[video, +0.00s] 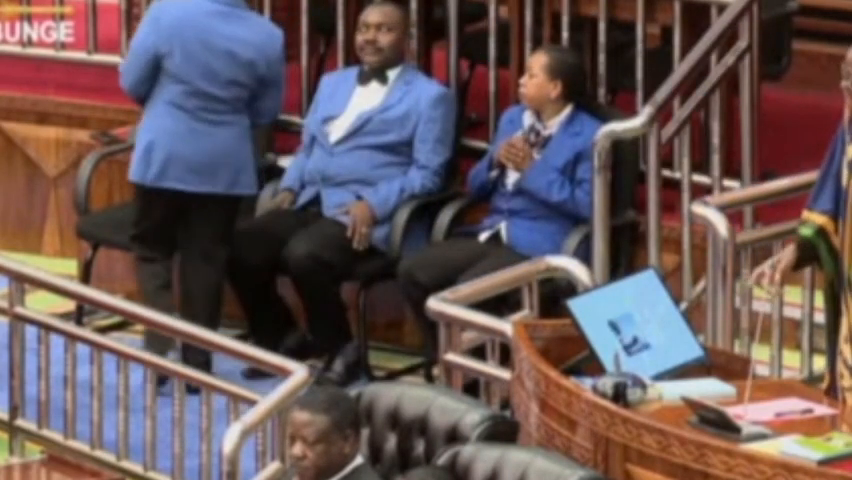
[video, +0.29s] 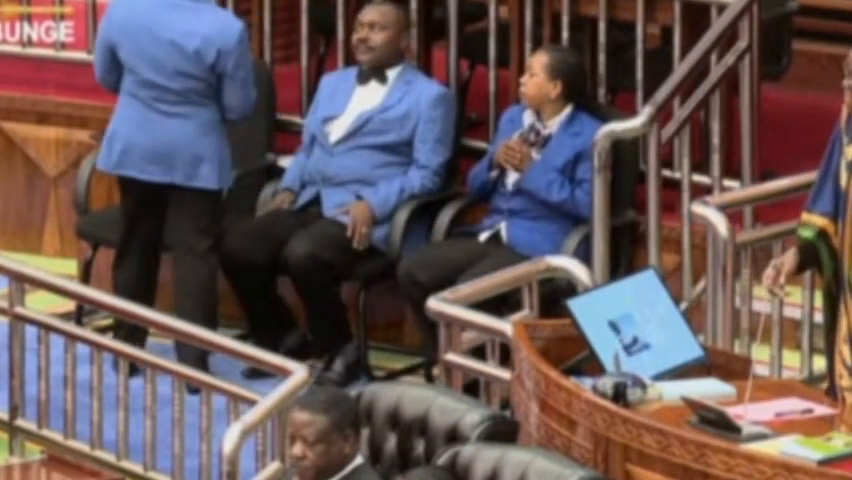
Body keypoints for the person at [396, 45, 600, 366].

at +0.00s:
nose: (521, 82)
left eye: (530, 76)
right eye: (524, 74)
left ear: (555, 89)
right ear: (551, 88)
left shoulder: (590, 135)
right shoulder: (512, 119)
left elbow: (589, 207)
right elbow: (475, 189)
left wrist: (530, 170)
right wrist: (495, 162)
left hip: (537, 250)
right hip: (492, 238)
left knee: (460, 298)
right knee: (413, 271)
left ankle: (480, 379)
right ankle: (445, 363)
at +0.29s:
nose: (522, 81)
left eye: (531, 75)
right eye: (524, 73)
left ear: (555, 88)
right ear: (551, 88)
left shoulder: (590, 135)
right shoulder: (512, 118)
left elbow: (589, 207)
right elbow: (475, 189)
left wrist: (530, 170)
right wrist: (495, 163)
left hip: (536, 250)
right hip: (492, 238)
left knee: (461, 298)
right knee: (413, 271)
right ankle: (445, 362)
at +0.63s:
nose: (522, 80)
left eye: (531, 75)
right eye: (525, 72)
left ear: (555, 88)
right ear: (552, 88)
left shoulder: (590, 135)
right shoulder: (512, 118)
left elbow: (589, 207)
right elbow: (475, 189)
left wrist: (530, 170)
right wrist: (495, 162)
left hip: (536, 250)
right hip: (491, 237)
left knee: (460, 299)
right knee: (413, 271)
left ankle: (480, 380)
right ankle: (446, 364)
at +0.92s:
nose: (522, 80)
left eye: (531, 75)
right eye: (525, 72)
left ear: (555, 88)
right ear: (551, 88)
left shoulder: (590, 135)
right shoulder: (513, 119)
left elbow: (589, 207)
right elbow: (476, 189)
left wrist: (530, 170)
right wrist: (495, 162)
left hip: (538, 250)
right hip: (493, 238)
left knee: (461, 299)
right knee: (413, 271)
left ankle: (480, 382)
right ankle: (448, 366)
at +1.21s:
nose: (521, 80)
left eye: (530, 75)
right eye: (525, 73)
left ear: (554, 88)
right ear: (551, 87)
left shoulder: (589, 135)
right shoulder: (513, 119)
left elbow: (589, 207)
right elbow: (476, 189)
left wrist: (530, 171)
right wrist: (495, 163)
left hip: (538, 249)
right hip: (495, 237)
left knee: (463, 298)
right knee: (413, 271)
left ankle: (482, 381)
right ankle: (448, 366)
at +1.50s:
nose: (521, 80)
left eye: (530, 75)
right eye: (524, 72)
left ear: (554, 88)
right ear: (551, 87)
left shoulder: (590, 135)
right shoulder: (513, 119)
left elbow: (589, 207)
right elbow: (475, 189)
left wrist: (530, 171)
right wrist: (495, 163)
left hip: (538, 250)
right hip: (494, 238)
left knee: (461, 298)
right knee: (413, 271)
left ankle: (483, 380)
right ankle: (448, 365)